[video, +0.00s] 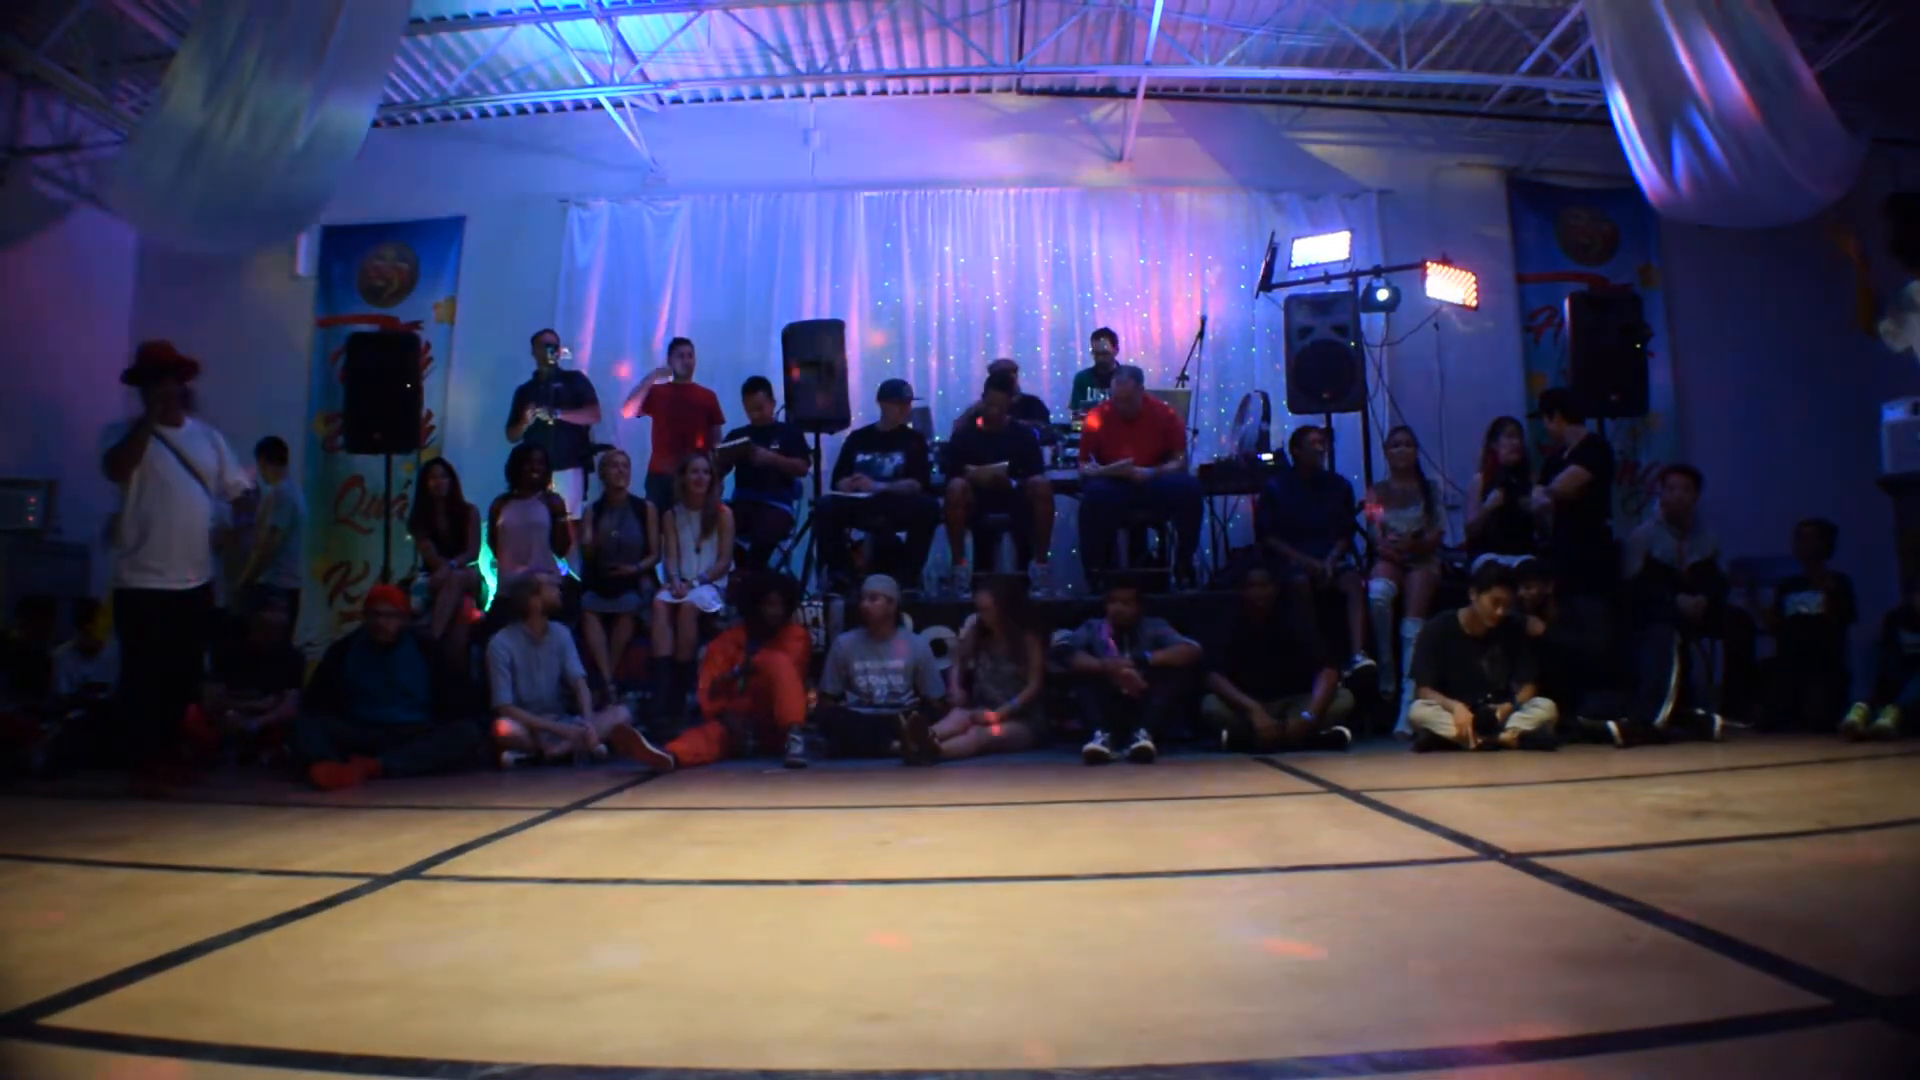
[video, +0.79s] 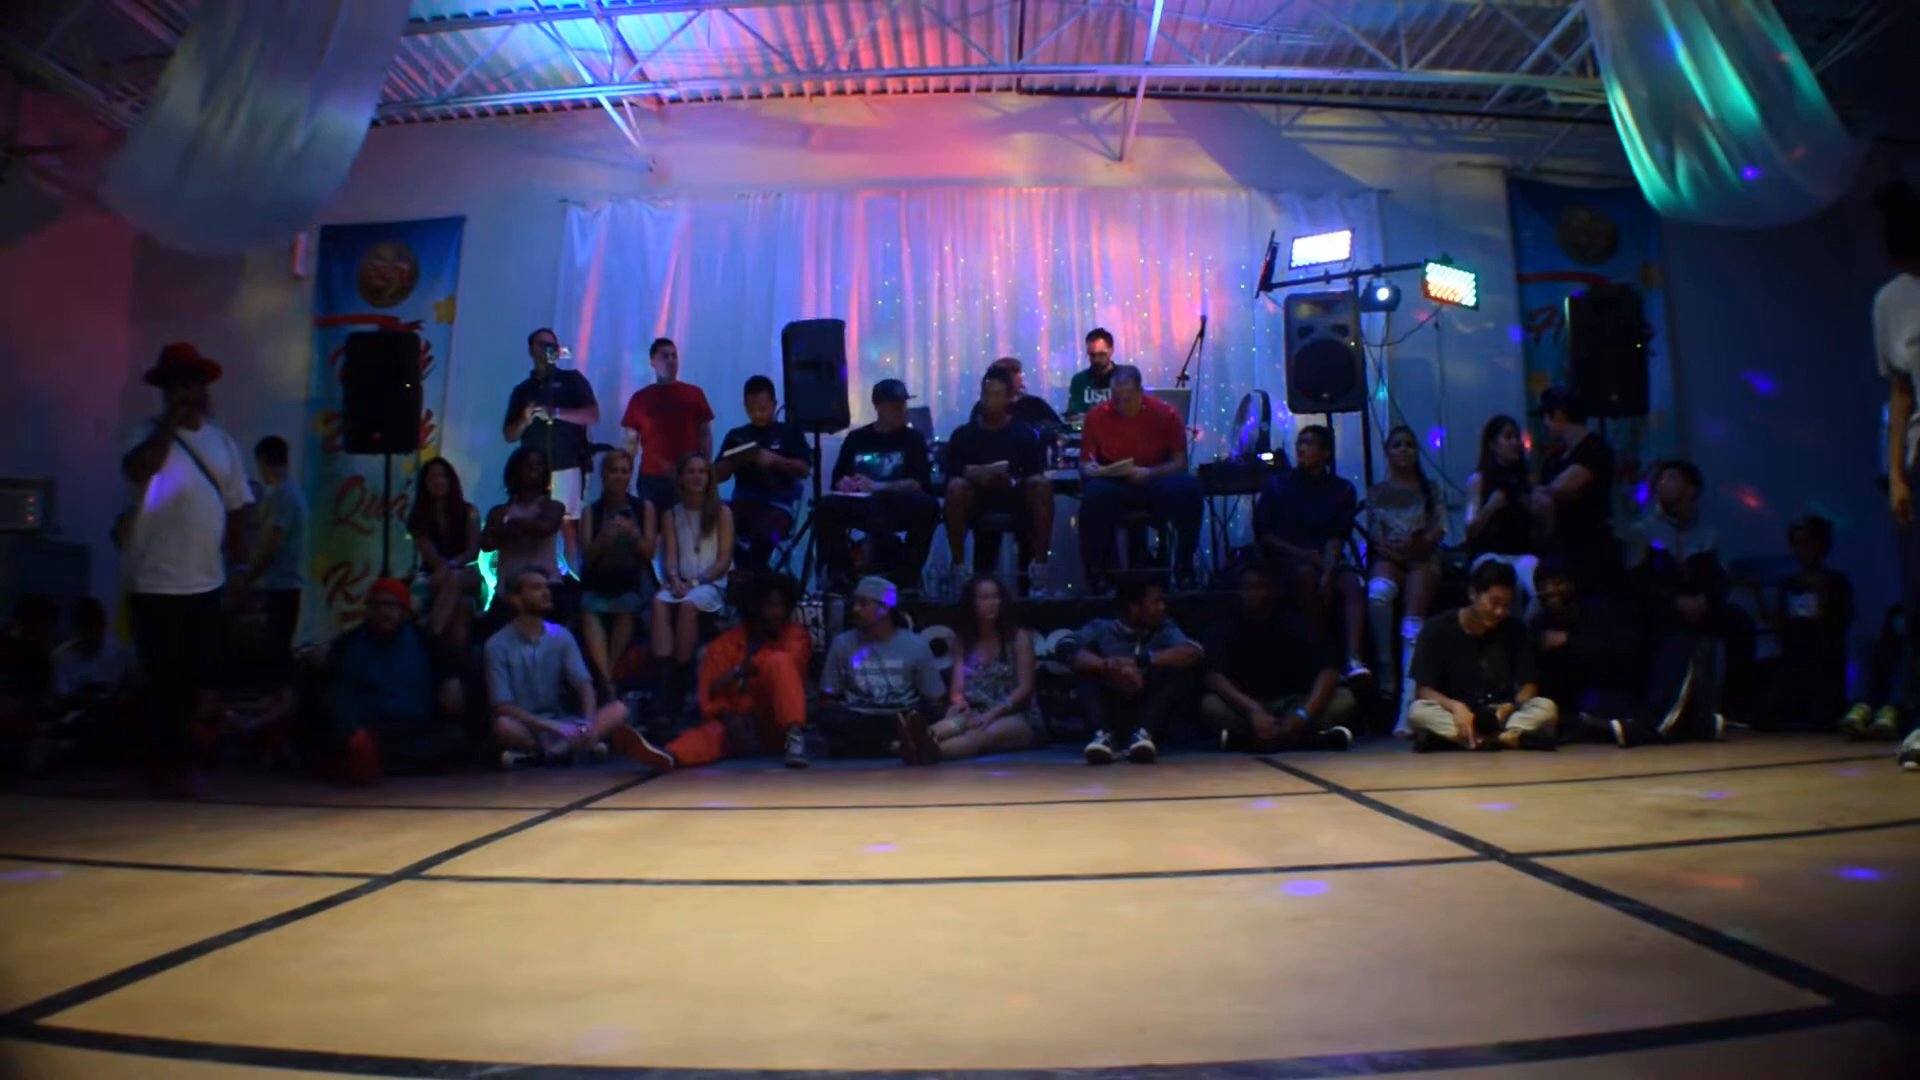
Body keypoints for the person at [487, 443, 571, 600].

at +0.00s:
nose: (535, 468)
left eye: (540, 463)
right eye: (529, 462)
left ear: (547, 468)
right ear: (516, 467)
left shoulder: (552, 501)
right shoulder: (500, 504)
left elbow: (561, 548)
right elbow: (493, 543)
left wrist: (558, 515)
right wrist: (509, 564)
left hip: (545, 580)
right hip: (510, 582)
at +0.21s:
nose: (534, 469)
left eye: (539, 463)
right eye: (527, 463)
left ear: (546, 469)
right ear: (515, 468)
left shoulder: (551, 503)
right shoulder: (498, 505)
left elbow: (561, 549)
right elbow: (489, 547)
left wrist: (555, 513)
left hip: (546, 582)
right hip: (509, 583)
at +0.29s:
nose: (534, 469)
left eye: (539, 464)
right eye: (527, 464)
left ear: (546, 469)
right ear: (515, 468)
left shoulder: (551, 503)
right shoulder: (497, 507)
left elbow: (562, 549)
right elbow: (487, 550)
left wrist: (555, 516)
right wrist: (495, 516)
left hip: (548, 584)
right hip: (509, 587)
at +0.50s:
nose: (535, 470)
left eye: (540, 465)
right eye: (529, 465)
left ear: (547, 470)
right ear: (518, 469)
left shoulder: (555, 506)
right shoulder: (505, 501)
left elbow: (564, 543)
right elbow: (486, 547)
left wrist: (546, 517)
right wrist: (500, 512)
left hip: (548, 581)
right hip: (512, 582)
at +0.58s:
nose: (536, 471)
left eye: (541, 466)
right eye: (530, 466)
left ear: (547, 471)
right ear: (518, 470)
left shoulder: (555, 507)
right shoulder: (506, 507)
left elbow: (561, 537)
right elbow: (485, 546)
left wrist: (527, 520)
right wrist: (502, 516)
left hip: (547, 575)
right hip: (513, 576)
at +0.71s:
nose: (532, 472)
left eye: (537, 467)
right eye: (527, 467)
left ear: (545, 473)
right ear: (516, 472)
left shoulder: (554, 508)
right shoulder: (501, 512)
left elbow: (549, 531)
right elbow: (484, 544)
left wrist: (518, 519)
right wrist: (501, 526)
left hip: (548, 584)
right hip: (509, 586)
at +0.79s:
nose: (535, 471)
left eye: (539, 466)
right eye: (529, 467)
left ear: (545, 472)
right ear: (516, 472)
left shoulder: (553, 507)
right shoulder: (499, 512)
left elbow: (546, 529)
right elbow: (486, 543)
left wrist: (510, 524)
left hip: (547, 587)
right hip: (508, 589)